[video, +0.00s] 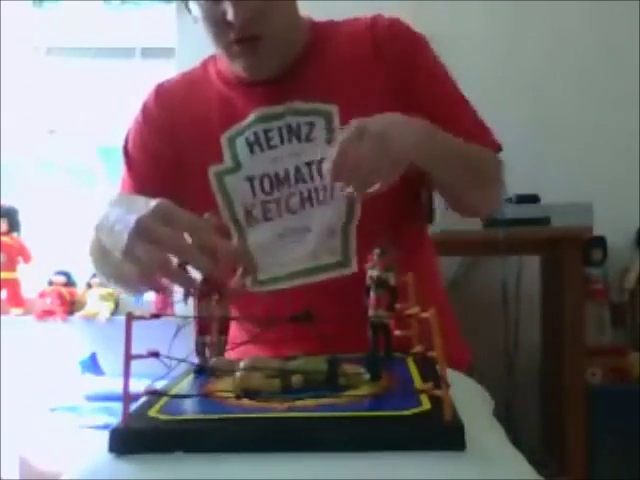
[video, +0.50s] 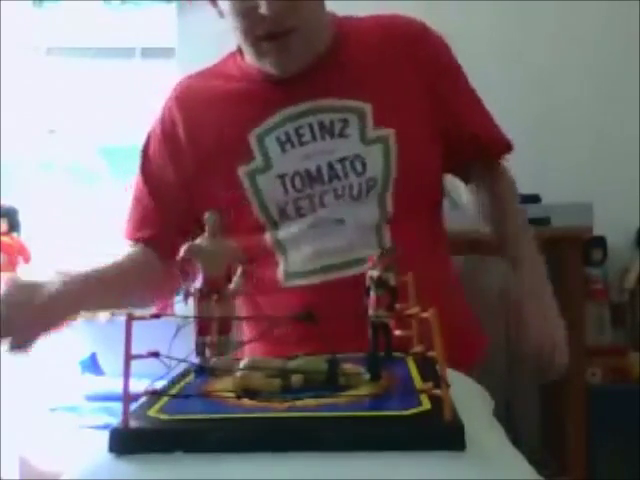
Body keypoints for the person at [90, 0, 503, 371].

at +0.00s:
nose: (233, 15)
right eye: (212, 0)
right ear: (193, 8)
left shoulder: (382, 50)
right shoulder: (169, 111)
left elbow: (484, 195)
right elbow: (130, 270)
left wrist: (415, 140)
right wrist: (116, 229)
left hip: (405, 372)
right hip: (252, 384)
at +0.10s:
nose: (237, 14)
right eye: (214, 1)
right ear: (190, 9)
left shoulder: (383, 49)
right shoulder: (169, 110)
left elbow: (497, 184)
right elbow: (136, 282)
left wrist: (443, 145)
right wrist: (108, 243)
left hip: (410, 368)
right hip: (256, 384)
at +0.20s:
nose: (240, 14)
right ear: (192, 7)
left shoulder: (386, 49)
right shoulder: (170, 113)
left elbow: (491, 153)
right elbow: (144, 289)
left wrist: (462, 182)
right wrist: (103, 251)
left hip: (411, 367)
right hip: (254, 384)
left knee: (503, 473)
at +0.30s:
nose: (249, 12)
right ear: (201, 8)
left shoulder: (393, 50)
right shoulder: (179, 114)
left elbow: (484, 159)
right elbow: (149, 282)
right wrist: (90, 260)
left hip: (417, 370)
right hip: (268, 391)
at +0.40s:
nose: (259, 17)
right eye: (237, 4)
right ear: (216, 10)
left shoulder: (402, 49)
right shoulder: (188, 111)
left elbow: (486, 166)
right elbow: (154, 268)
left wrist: (523, 283)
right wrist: (62, 286)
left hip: (427, 375)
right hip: (278, 397)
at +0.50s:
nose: (261, 17)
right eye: (240, 4)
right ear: (220, 8)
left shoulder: (407, 49)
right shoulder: (193, 108)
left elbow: (489, 170)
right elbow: (159, 261)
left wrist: (529, 286)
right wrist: (60, 298)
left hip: (428, 380)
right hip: (279, 400)